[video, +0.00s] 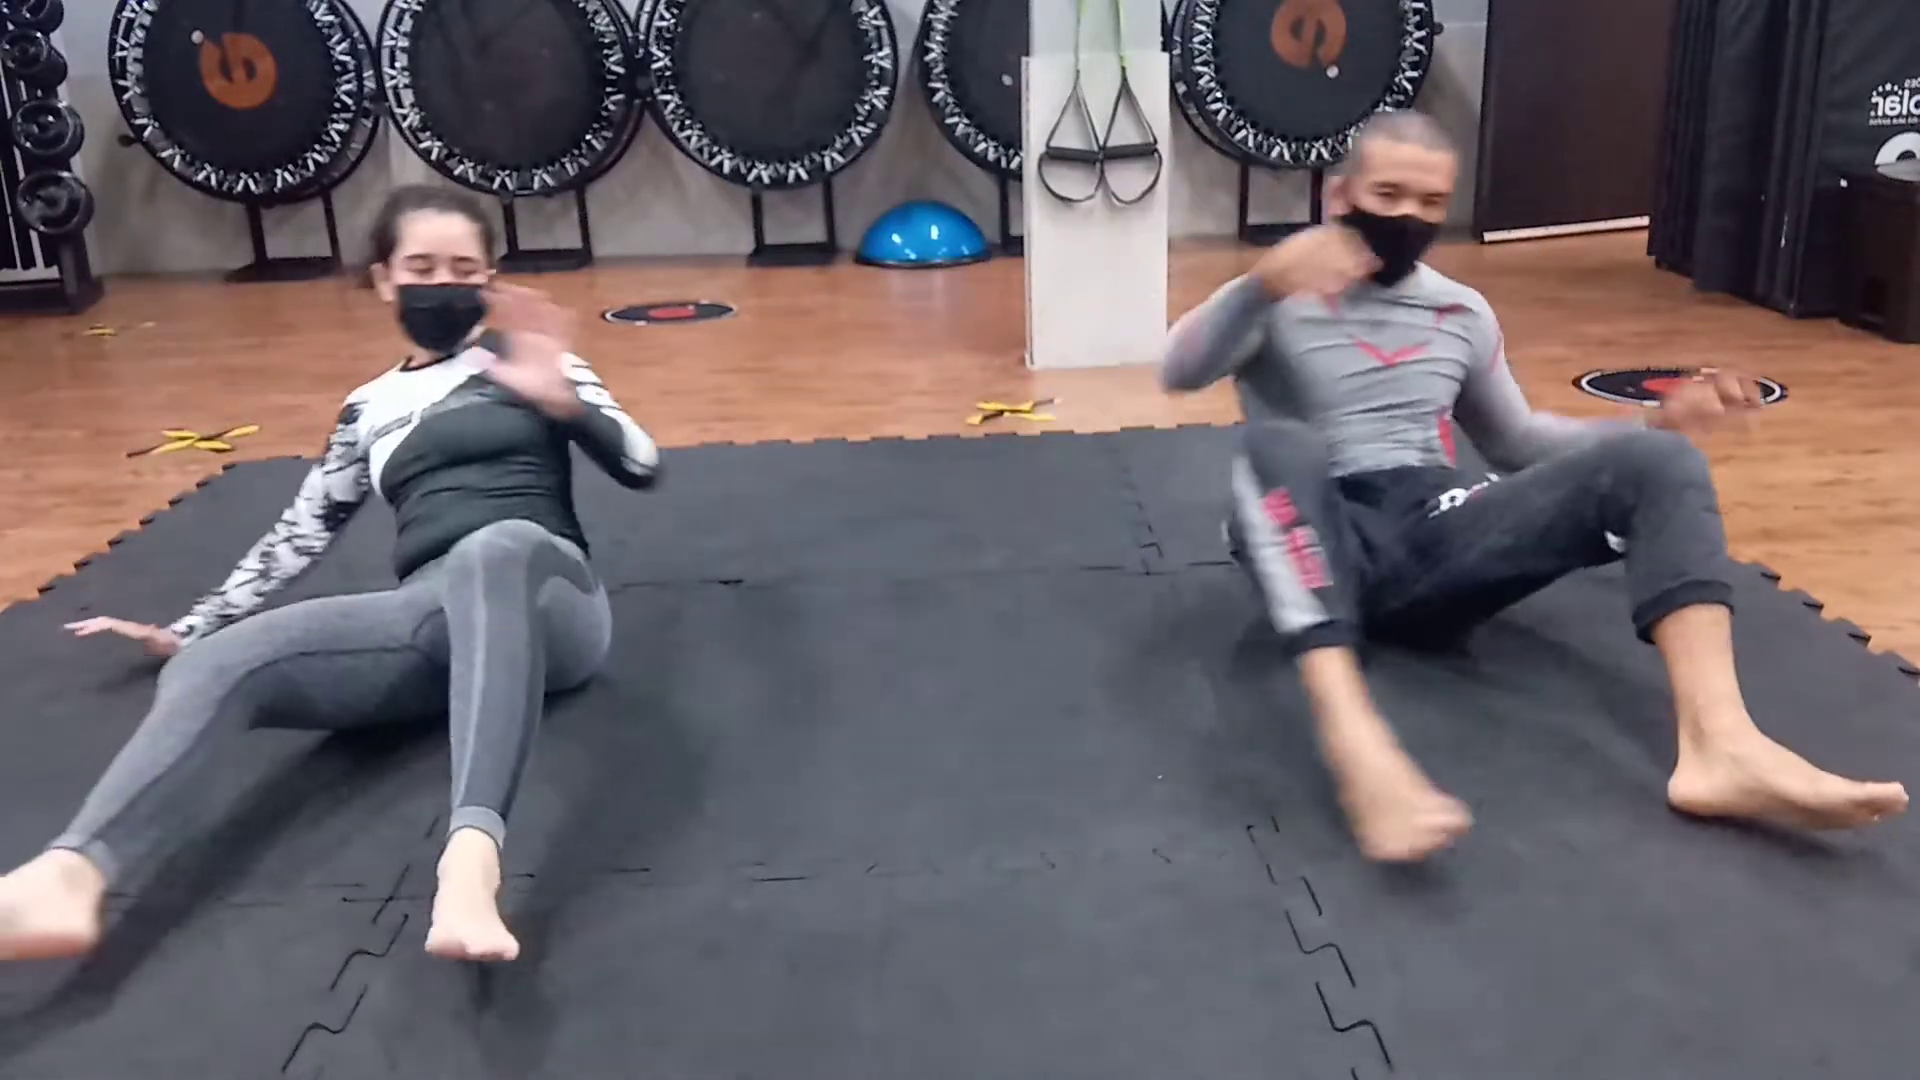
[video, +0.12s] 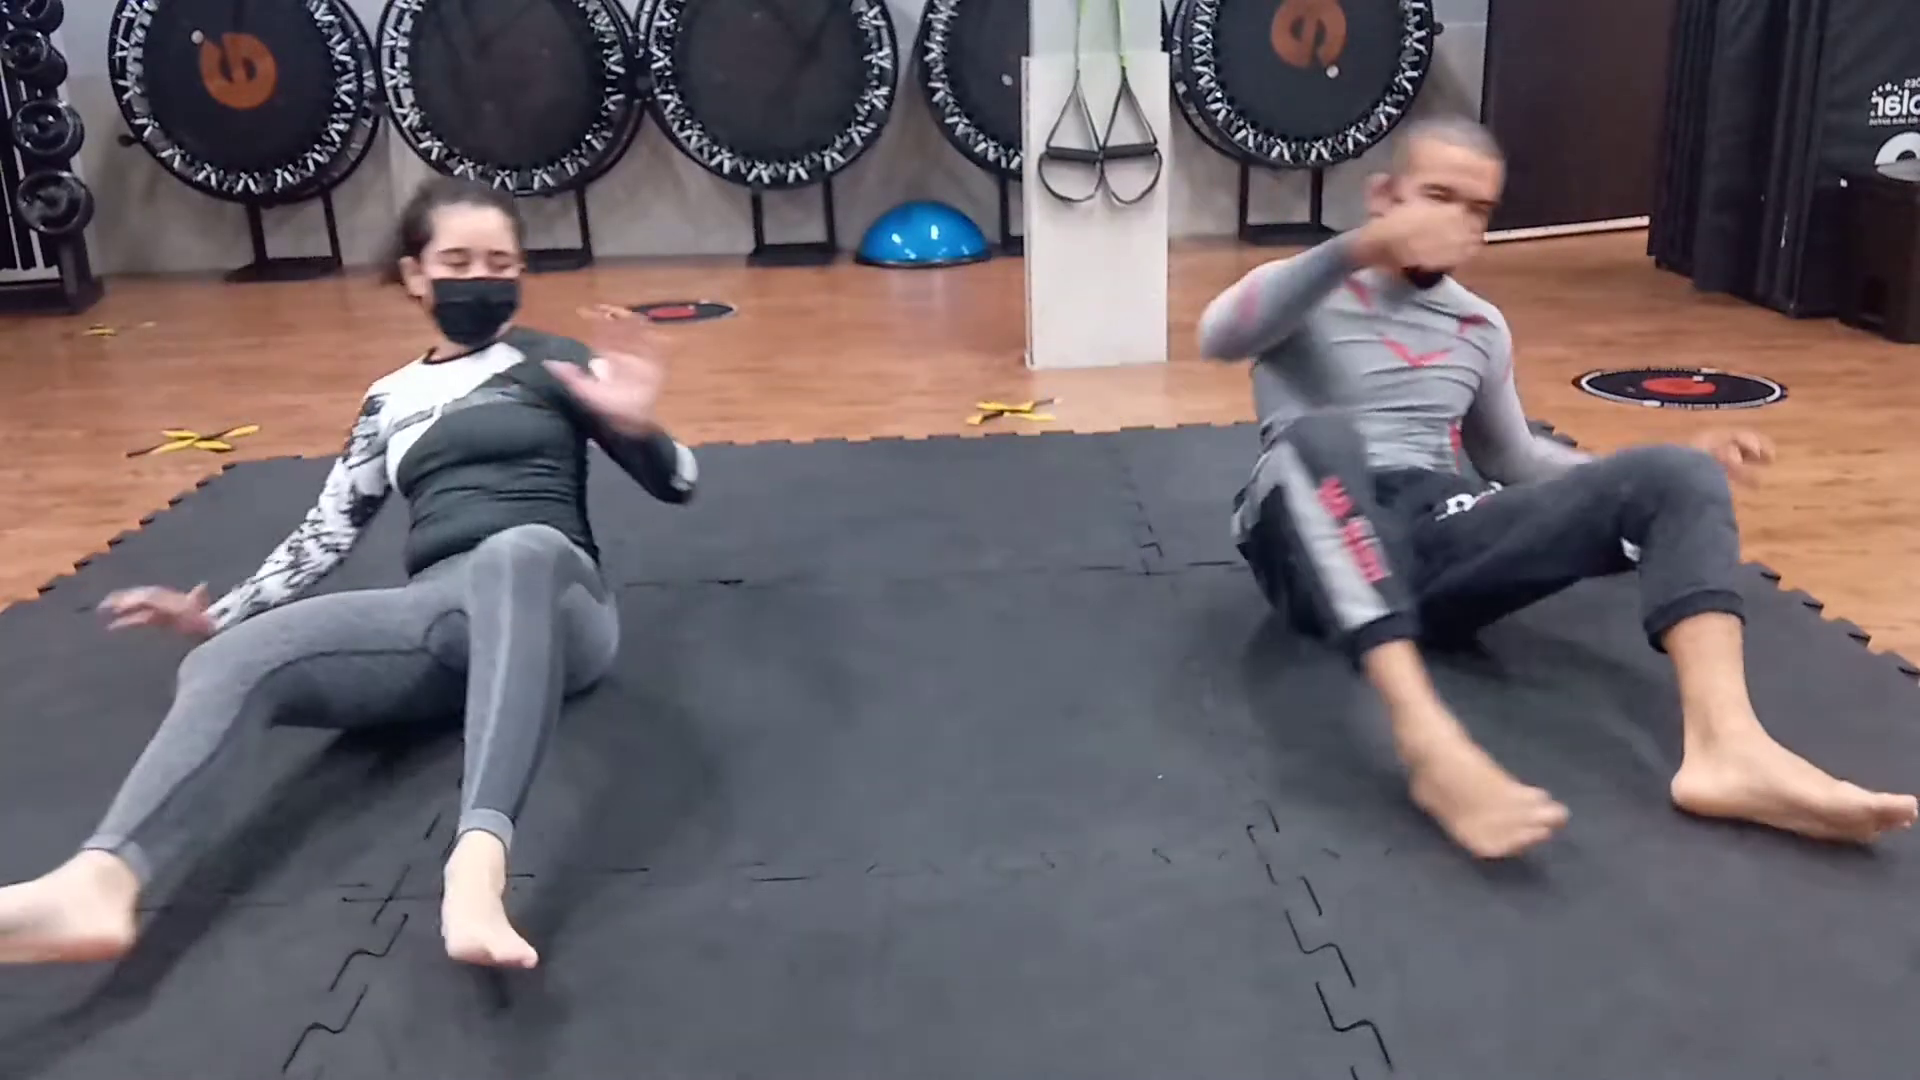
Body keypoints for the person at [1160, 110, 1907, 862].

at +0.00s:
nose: (1408, 217)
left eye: (1429, 202)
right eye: (1388, 195)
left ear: (1448, 208)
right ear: (1338, 193)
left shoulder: (1462, 314)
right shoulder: (1279, 293)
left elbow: (1519, 440)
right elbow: (1177, 371)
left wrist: (1658, 418)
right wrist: (1263, 280)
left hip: (1444, 541)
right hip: (1332, 540)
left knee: (1655, 459)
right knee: (1273, 443)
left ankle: (1719, 739)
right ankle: (1358, 745)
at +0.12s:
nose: (1462, 225)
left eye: (1481, 211)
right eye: (1444, 197)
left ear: (1489, 222)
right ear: (1388, 195)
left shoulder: (1479, 326)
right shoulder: (1306, 287)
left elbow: (1519, 458)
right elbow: (1218, 340)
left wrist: (1674, 474)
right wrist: (1356, 248)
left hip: (1449, 543)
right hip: (1334, 544)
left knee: (1680, 476)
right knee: (1308, 441)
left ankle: (1725, 740)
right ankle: (1431, 744)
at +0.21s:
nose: (1484, 222)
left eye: (1505, 208)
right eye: (1470, 197)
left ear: (1521, 226)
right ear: (1414, 200)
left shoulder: (1490, 337)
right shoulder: (1327, 285)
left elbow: (1515, 471)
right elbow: (1251, 316)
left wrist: (1683, 501)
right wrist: (1414, 235)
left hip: (1455, 545)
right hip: (1333, 554)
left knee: (1689, 486)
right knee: (1319, 438)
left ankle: (1728, 741)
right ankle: (1465, 737)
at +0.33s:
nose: (1528, 234)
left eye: (1546, 221)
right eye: (1510, 208)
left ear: (1556, 237)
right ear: (1454, 201)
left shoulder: (1506, 355)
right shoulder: (1351, 282)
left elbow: (1512, 488)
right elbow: (1306, 293)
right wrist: (1494, 217)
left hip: (1459, 561)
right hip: (1335, 558)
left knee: (1706, 497)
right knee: (1366, 418)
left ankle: (1733, 741)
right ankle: (1510, 726)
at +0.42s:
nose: (1550, 246)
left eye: (1567, 237)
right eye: (1533, 219)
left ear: (1570, 259)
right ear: (1480, 209)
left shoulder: (1518, 368)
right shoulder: (1376, 279)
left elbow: (1510, 508)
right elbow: (1345, 274)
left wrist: (1543, 590)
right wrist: (1551, 217)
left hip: (1454, 575)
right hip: (1338, 554)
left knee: (1718, 507)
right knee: (1414, 398)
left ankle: (1736, 740)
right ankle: (1535, 715)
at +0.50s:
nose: (1582, 257)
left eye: (1601, 248)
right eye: (1567, 233)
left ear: (1603, 272)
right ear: (1506, 223)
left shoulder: (1532, 371)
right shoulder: (1391, 287)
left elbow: (1525, 505)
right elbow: (1418, 256)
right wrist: (1606, 220)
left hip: (1457, 574)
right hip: (1344, 548)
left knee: (1732, 518)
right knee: (1428, 397)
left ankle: (1741, 737)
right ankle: (1554, 705)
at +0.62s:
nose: (1617, 275)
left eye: (1631, 269)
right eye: (1607, 250)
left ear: (1621, 288)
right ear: (1545, 225)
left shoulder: (1542, 363)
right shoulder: (1421, 277)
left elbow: (1527, 482)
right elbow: (1481, 244)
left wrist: (1550, 598)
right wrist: (1664, 236)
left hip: (1474, 580)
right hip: (1359, 541)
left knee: (1749, 539)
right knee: (1480, 395)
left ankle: (1755, 736)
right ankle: (1586, 709)